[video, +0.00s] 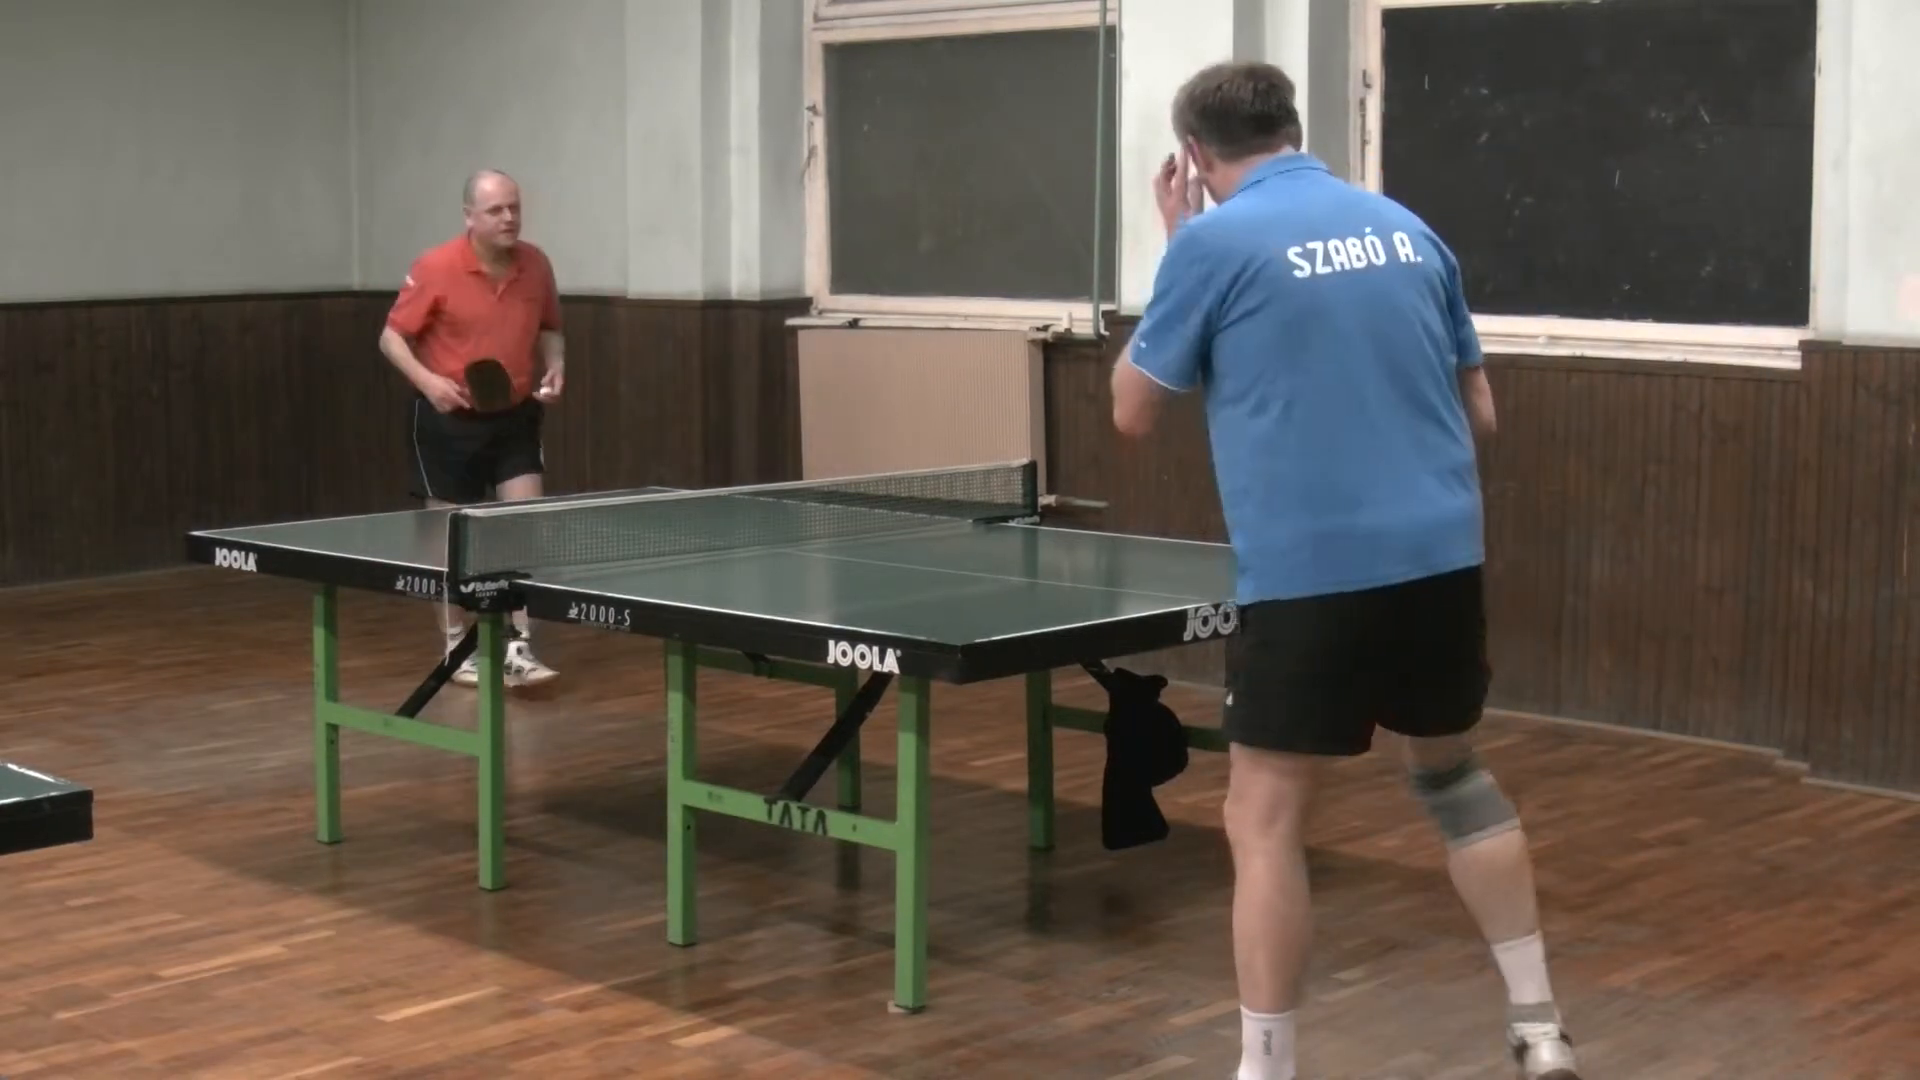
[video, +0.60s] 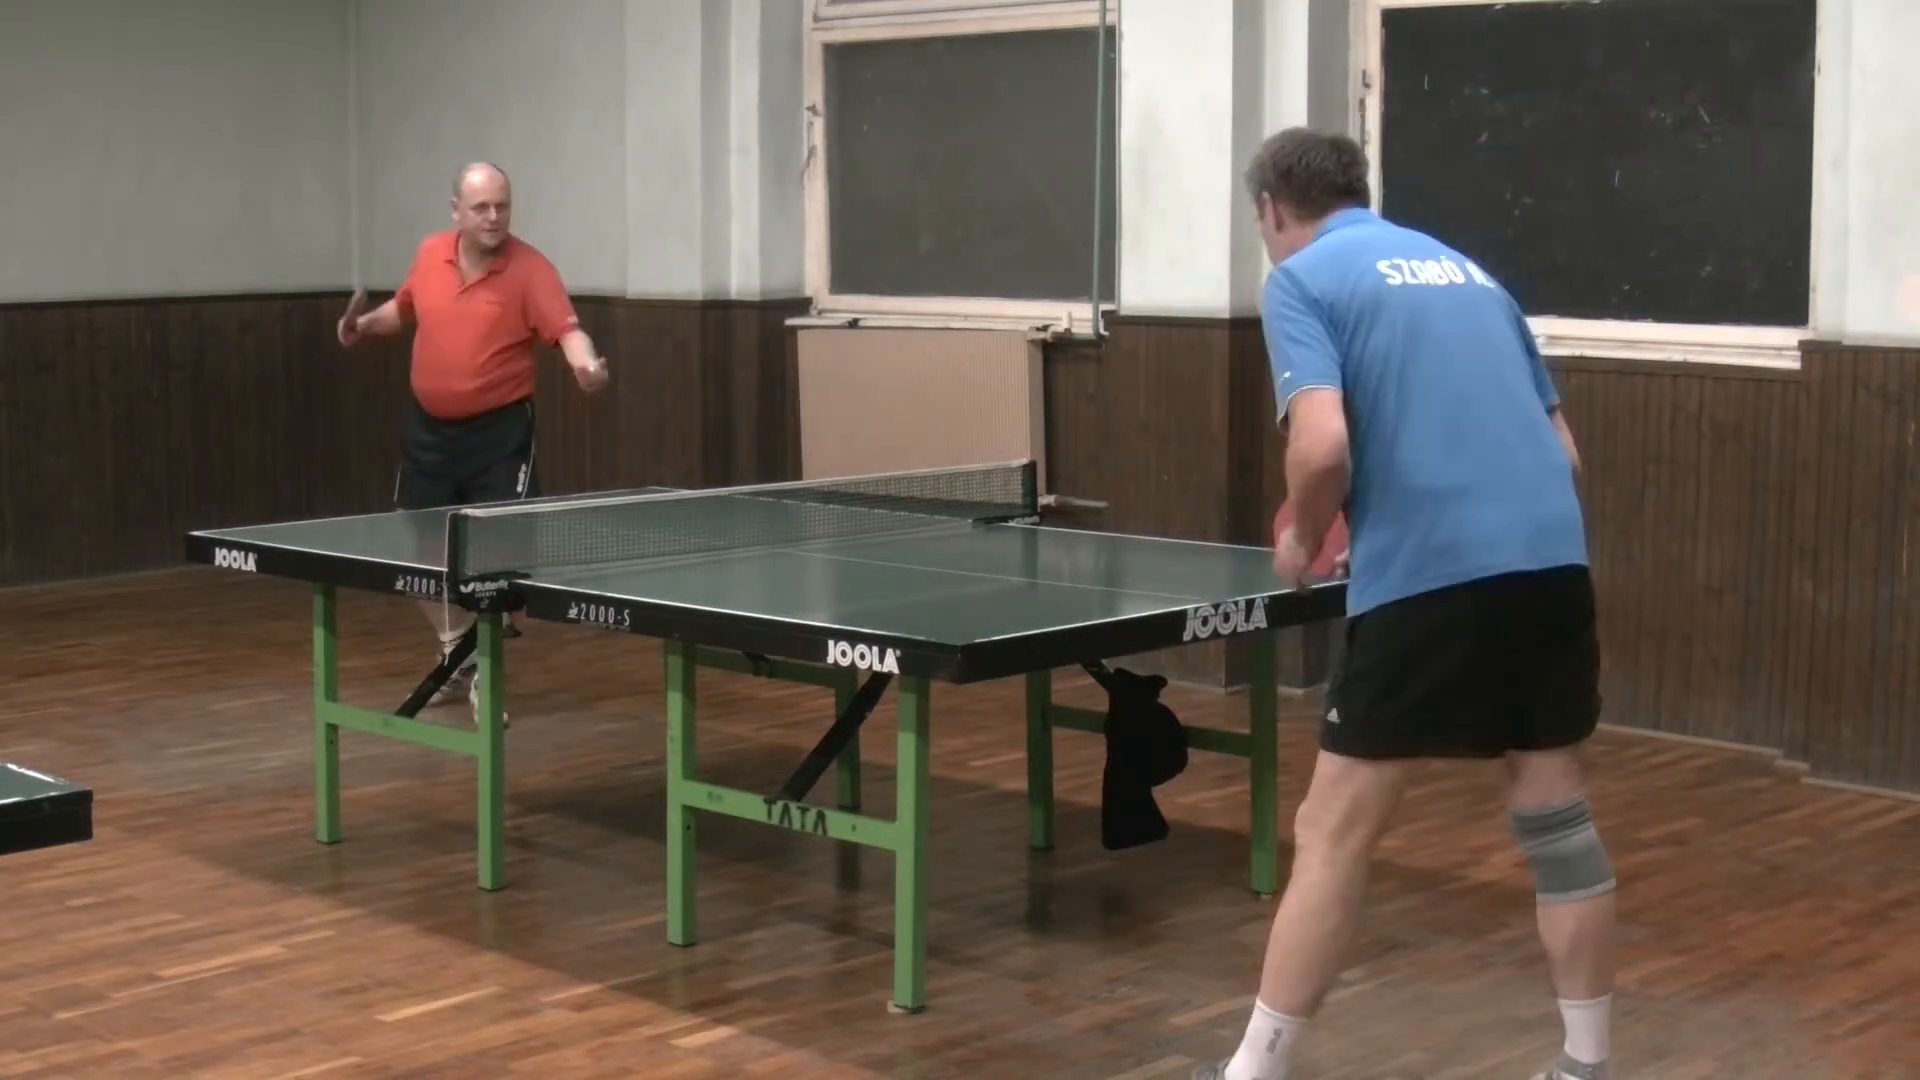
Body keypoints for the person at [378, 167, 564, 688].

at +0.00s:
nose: (508, 220)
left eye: (514, 209)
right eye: (495, 212)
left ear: (521, 212)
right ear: (469, 217)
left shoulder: (535, 265)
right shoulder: (436, 268)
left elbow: (550, 330)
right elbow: (390, 338)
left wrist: (554, 368)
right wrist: (428, 381)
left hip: (516, 412)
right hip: (450, 415)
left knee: (526, 516)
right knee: (452, 529)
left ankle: (517, 643)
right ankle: (457, 645)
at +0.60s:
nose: (494, 217)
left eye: (502, 207)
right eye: (481, 208)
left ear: (511, 208)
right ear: (457, 210)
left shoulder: (530, 268)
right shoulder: (431, 253)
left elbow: (565, 329)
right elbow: (404, 309)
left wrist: (586, 365)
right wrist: (364, 324)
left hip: (500, 430)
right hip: (431, 429)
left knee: (497, 549)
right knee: (427, 548)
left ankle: (486, 664)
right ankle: (455, 661)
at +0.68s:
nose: (489, 214)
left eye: (496, 204)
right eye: (476, 205)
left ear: (506, 205)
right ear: (452, 208)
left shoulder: (523, 262)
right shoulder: (431, 251)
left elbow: (562, 314)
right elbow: (407, 308)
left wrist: (583, 336)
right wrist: (358, 314)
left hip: (498, 427)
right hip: (430, 427)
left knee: (495, 552)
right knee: (417, 546)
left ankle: (485, 674)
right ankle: (440, 662)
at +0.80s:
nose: (476, 211)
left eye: (484, 200)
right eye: (463, 201)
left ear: (494, 202)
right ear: (441, 204)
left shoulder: (515, 257)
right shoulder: (427, 250)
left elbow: (558, 309)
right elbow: (402, 308)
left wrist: (564, 281)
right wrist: (353, 299)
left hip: (494, 425)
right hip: (425, 424)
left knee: (494, 553)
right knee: (409, 547)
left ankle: (484, 680)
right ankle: (418, 673)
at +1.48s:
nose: (437, 276)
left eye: (449, 265)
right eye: (426, 265)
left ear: (466, 253)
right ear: (409, 254)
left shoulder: (496, 281)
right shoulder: (388, 262)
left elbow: (550, 327)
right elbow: (340, 327)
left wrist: (574, 340)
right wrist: (379, 350)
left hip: (462, 436)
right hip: (384, 432)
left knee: (471, 561)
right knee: (337, 540)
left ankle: (481, 675)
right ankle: (364, 659)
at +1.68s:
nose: (435, 266)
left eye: (444, 254)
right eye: (423, 256)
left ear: (455, 247)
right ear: (400, 249)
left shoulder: (474, 283)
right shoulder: (367, 267)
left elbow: (515, 325)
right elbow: (307, 332)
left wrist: (566, 335)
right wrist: (357, 357)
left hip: (434, 442)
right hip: (352, 440)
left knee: (466, 563)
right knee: (304, 555)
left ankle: (481, 679)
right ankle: (286, 686)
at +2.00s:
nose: (382, 261)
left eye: (390, 249)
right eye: (369, 251)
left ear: (397, 247)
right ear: (341, 251)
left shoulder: (413, 287)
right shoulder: (306, 290)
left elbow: (447, 329)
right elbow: (265, 370)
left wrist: (487, 350)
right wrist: (315, 414)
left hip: (393, 446)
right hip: (309, 449)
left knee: (442, 551)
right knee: (273, 561)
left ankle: (458, 673)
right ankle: (248, 689)